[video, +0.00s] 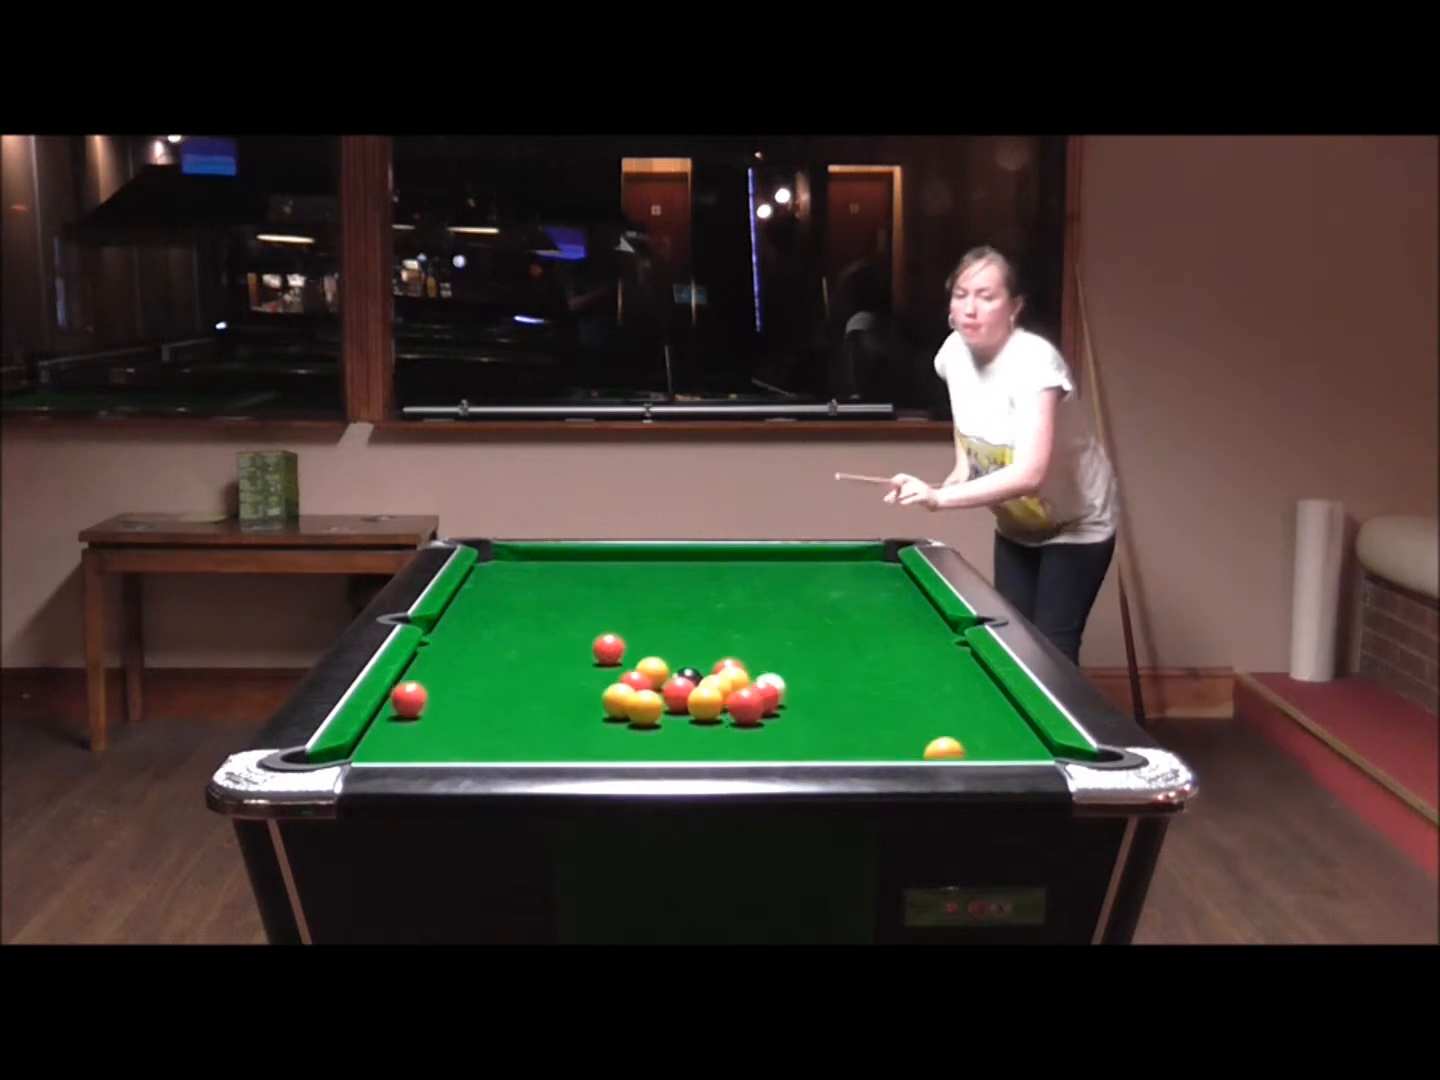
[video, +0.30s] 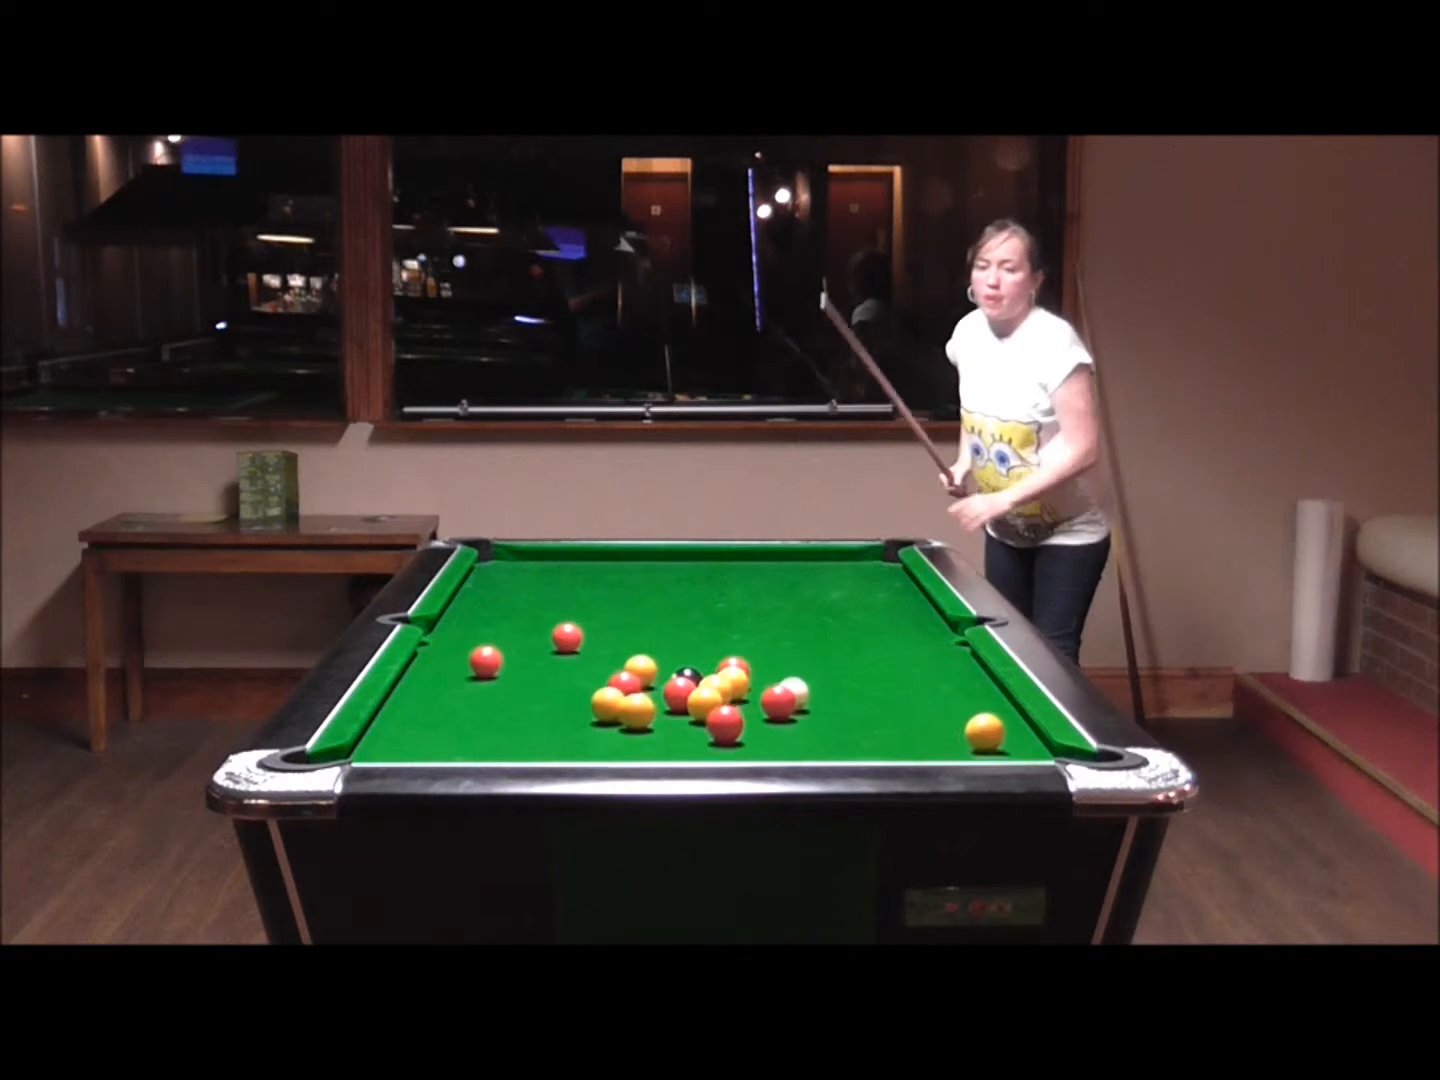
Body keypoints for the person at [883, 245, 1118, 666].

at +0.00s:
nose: (969, 309)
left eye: (986, 297)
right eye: (960, 296)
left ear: (1015, 307)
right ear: (950, 303)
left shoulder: (1037, 361)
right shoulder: (953, 355)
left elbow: (1030, 473)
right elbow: (969, 431)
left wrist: (939, 497)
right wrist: (959, 475)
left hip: (1076, 528)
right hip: (1016, 524)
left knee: (1051, 653)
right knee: (1007, 648)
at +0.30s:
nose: (993, 279)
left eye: (1009, 268)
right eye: (984, 266)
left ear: (1035, 282)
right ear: (971, 277)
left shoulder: (1057, 342)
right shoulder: (968, 333)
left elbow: (1082, 446)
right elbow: (975, 415)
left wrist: (999, 502)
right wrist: (965, 463)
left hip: (1067, 531)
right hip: (1004, 528)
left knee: (1052, 658)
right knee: (1001, 650)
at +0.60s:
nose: (1015, 268)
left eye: (1030, 256)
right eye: (1005, 254)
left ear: (1055, 270)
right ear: (992, 265)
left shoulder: (1078, 335)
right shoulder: (982, 325)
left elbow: (1128, 429)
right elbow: (978, 402)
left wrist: (1067, 502)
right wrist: (952, 455)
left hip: (1066, 535)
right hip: (998, 527)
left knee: (1053, 667)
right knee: (980, 652)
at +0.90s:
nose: (1017, 266)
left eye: (1033, 254)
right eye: (1007, 252)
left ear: (1060, 267)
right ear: (994, 261)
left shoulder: (1082, 337)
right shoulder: (979, 325)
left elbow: (1123, 433)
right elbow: (972, 399)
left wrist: (1065, 501)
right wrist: (946, 453)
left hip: (1062, 536)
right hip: (987, 528)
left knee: (1047, 671)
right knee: (973, 657)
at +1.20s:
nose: (1003, 276)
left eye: (1019, 263)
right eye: (992, 262)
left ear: (1045, 274)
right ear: (977, 272)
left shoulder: (1078, 343)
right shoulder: (957, 338)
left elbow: (1113, 435)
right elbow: (944, 412)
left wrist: (1065, 508)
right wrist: (936, 472)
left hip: (1060, 545)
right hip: (981, 542)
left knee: (1041, 675)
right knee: (980, 670)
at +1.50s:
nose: (1053, 288)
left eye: (1069, 276)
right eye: (1041, 274)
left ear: (1092, 286)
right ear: (1023, 282)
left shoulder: (1126, 361)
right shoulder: (992, 354)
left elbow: (1160, 453)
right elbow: (972, 428)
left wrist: (1129, 532)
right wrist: (970, 491)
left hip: (1102, 560)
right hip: (1016, 555)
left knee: (1128, 706)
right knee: (992, 694)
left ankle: (1153, 856)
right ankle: (982, 850)